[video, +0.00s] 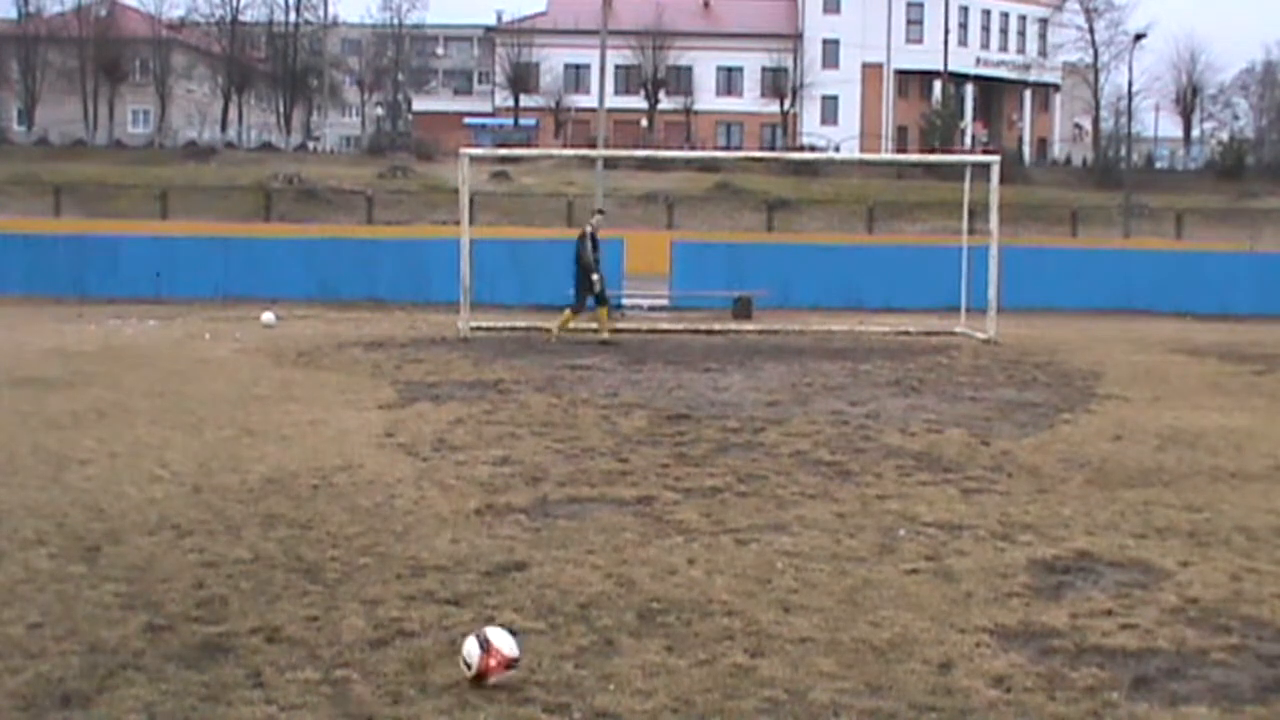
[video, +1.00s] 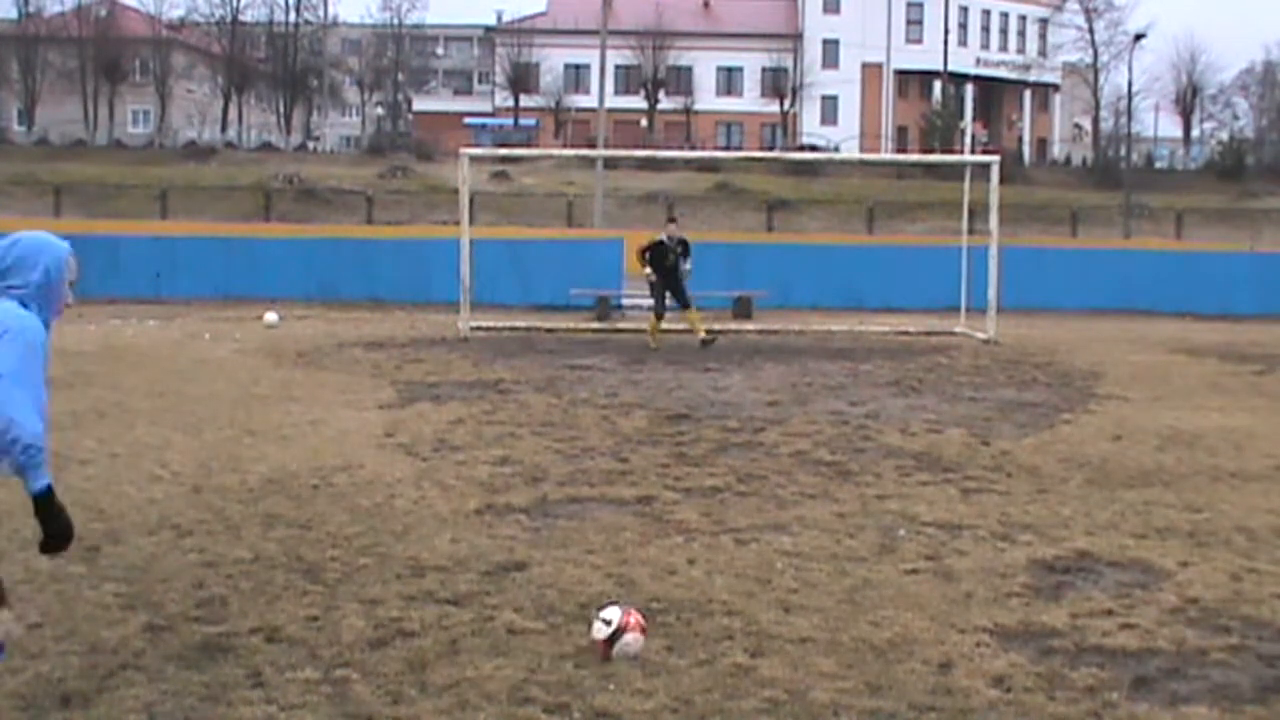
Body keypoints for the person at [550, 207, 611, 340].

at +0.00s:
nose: (599, 223)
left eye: (600, 220)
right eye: (597, 219)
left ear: (600, 221)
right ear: (592, 219)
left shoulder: (593, 236)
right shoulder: (585, 235)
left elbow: (592, 257)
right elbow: (586, 257)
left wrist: (597, 273)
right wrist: (593, 273)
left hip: (594, 272)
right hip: (584, 273)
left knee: (602, 302)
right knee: (579, 305)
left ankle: (604, 331)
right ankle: (556, 329)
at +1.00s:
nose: (672, 232)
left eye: (675, 228)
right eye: (670, 228)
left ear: (678, 230)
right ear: (665, 229)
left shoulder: (682, 243)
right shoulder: (657, 244)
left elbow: (686, 256)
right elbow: (641, 252)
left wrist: (686, 266)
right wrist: (646, 268)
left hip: (674, 277)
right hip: (658, 278)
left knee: (686, 306)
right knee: (659, 311)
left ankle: (701, 334)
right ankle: (652, 338)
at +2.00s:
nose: (701, 253)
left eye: (704, 250)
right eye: (699, 249)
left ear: (707, 252)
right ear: (695, 251)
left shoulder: (713, 268)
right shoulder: (687, 266)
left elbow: (716, 287)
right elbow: (677, 281)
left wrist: (714, 300)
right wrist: (682, 294)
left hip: (709, 290)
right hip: (691, 289)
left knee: (725, 309)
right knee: (677, 310)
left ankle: (732, 339)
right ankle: (672, 340)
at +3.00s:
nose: (663, 253)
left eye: (665, 250)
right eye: (661, 250)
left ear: (669, 250)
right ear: (658, 251)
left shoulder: (678, 263)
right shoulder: (654, 264)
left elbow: (688, 276)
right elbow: (647, 279)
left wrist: (688, 289)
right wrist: (640, 294)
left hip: (678, 285)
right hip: (662, 284)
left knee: (689, 309)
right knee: (647, 305)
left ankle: (698, 338)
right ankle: (652, 333)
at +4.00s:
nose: (584, 228)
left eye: (587, 225)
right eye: (582, 225)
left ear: (592, 225)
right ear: (580, 227)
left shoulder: (599, 240)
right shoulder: (581, 243)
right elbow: (579, 264)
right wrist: (573, 278)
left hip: (597, 278)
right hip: (582, 274)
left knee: (585, 313)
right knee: (580, 288)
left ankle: (574, 339)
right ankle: (577, 310)